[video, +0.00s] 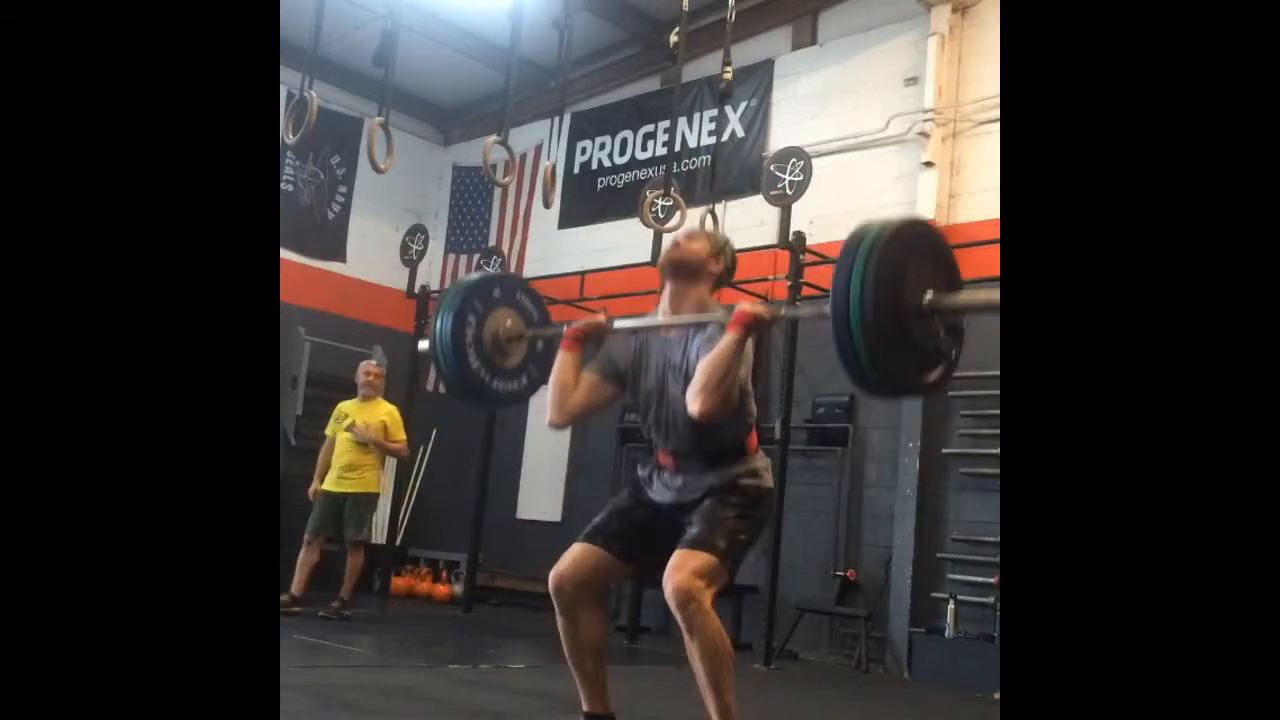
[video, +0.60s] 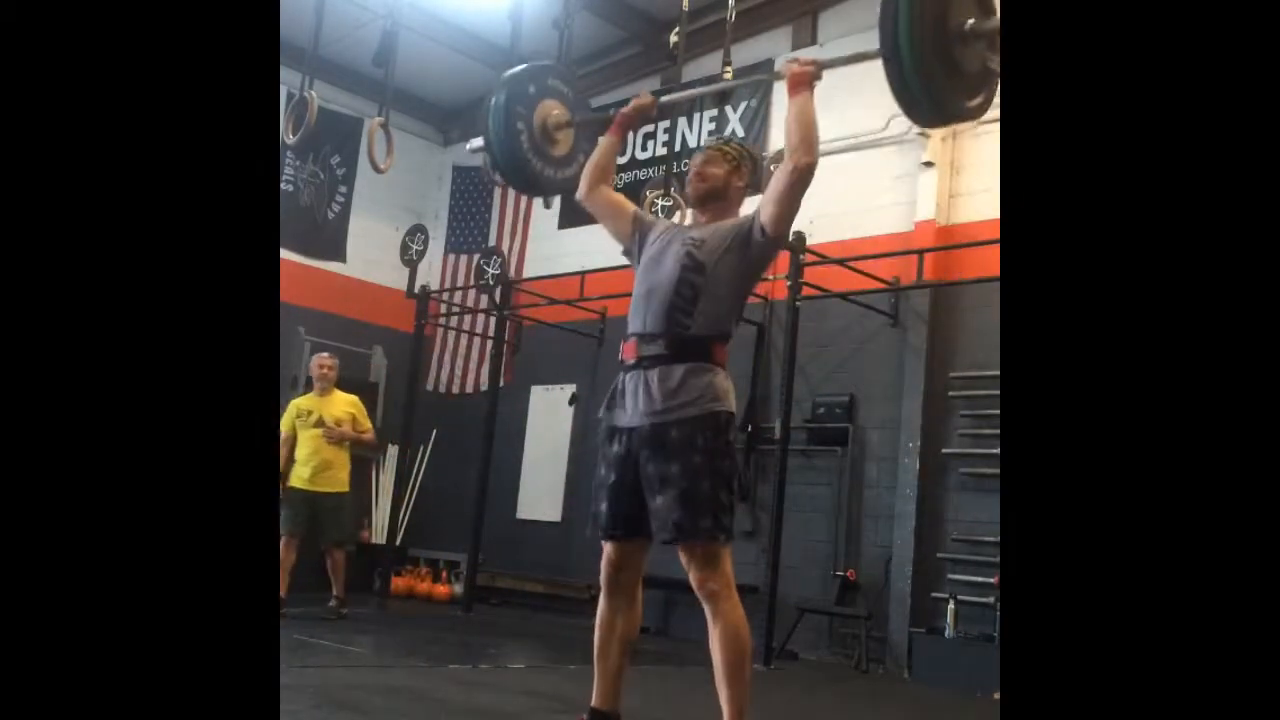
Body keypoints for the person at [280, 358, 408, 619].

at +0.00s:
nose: (370, 379)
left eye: (376, 376)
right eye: (366, 374)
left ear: (383, 382)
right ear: (357, 378)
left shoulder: (389, 412)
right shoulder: (343, 408)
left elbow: (402, 451)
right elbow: (328, 445)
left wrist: (370, 439)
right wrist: (317, 479)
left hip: (363, 488)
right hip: (332, 484)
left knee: (355, 544)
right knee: (311, 539)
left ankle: (343, 600)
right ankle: (293, 595)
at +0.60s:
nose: (325, 372)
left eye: (330, 368)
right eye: (320, 367)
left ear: (337, 373)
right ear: (311, 371)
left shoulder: (351, 403)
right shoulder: (297, 405)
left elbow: (371, 438)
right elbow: (286, 443)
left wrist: (347, 435)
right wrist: (282, 476)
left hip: (336, 488)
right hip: (299, 485)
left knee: (335, 546)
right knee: (288, 540)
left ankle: (337, 597)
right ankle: (282, 593)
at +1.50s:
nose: (314, 369)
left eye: (318, 364)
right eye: (309, 364)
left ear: (322, 368)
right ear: (296, 367)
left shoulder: (336, 399)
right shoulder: (284, 399)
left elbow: (355, 434)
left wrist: (331, 431)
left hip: (318, 485)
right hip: (285, 483)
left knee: (314, 541)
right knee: (283, 543)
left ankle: (311, 600)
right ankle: (280, 597)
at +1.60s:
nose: (321, 368)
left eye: (325, 364)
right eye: (315, 363)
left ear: (329, 369)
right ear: (302, 366)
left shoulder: (341, 400)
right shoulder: (285, 400)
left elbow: (358, 436)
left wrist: (337, 433)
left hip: (321, 485)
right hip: (286, 483)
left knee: (317, 541)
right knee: (284, 544)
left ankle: (312, 603)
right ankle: (281, 599)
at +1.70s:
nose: (328, 369)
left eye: (332, 365)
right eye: (323, 363)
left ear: (336, 369)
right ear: (309, 366)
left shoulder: (347, 402)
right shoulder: (287, 401)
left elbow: (363, 438)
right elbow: (282, 438)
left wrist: (342, 436)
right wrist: (285, 453)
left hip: (324, 485)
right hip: (288, 483)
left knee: (318, 542)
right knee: (284, 544)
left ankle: (311, 603)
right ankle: (282, 599)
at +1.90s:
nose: (342, 366)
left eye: (346, 362)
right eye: (337, 360)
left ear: (351, 368)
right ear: (323, 363)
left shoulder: (361, 402)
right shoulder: (302, 398)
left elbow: (375, 439)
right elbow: (285, 437)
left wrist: (357, 436)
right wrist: (282, 464)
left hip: (338, 486)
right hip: (299, 483)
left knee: (324, 541)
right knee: (286, 543)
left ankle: (312, 604)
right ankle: (283, 598)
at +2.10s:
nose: (350, 364)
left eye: (355, 360)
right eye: (345, 358)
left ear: (360, 366)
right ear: (333, 362)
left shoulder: (370, 401)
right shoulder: (311, 396)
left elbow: (385, 438)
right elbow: (294, 436)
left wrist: (366, 434)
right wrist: (285, 471)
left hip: (346, 486)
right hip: (310, 480)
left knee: (328, 545)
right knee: (292, 539)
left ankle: (313, 605)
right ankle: (281, 594)